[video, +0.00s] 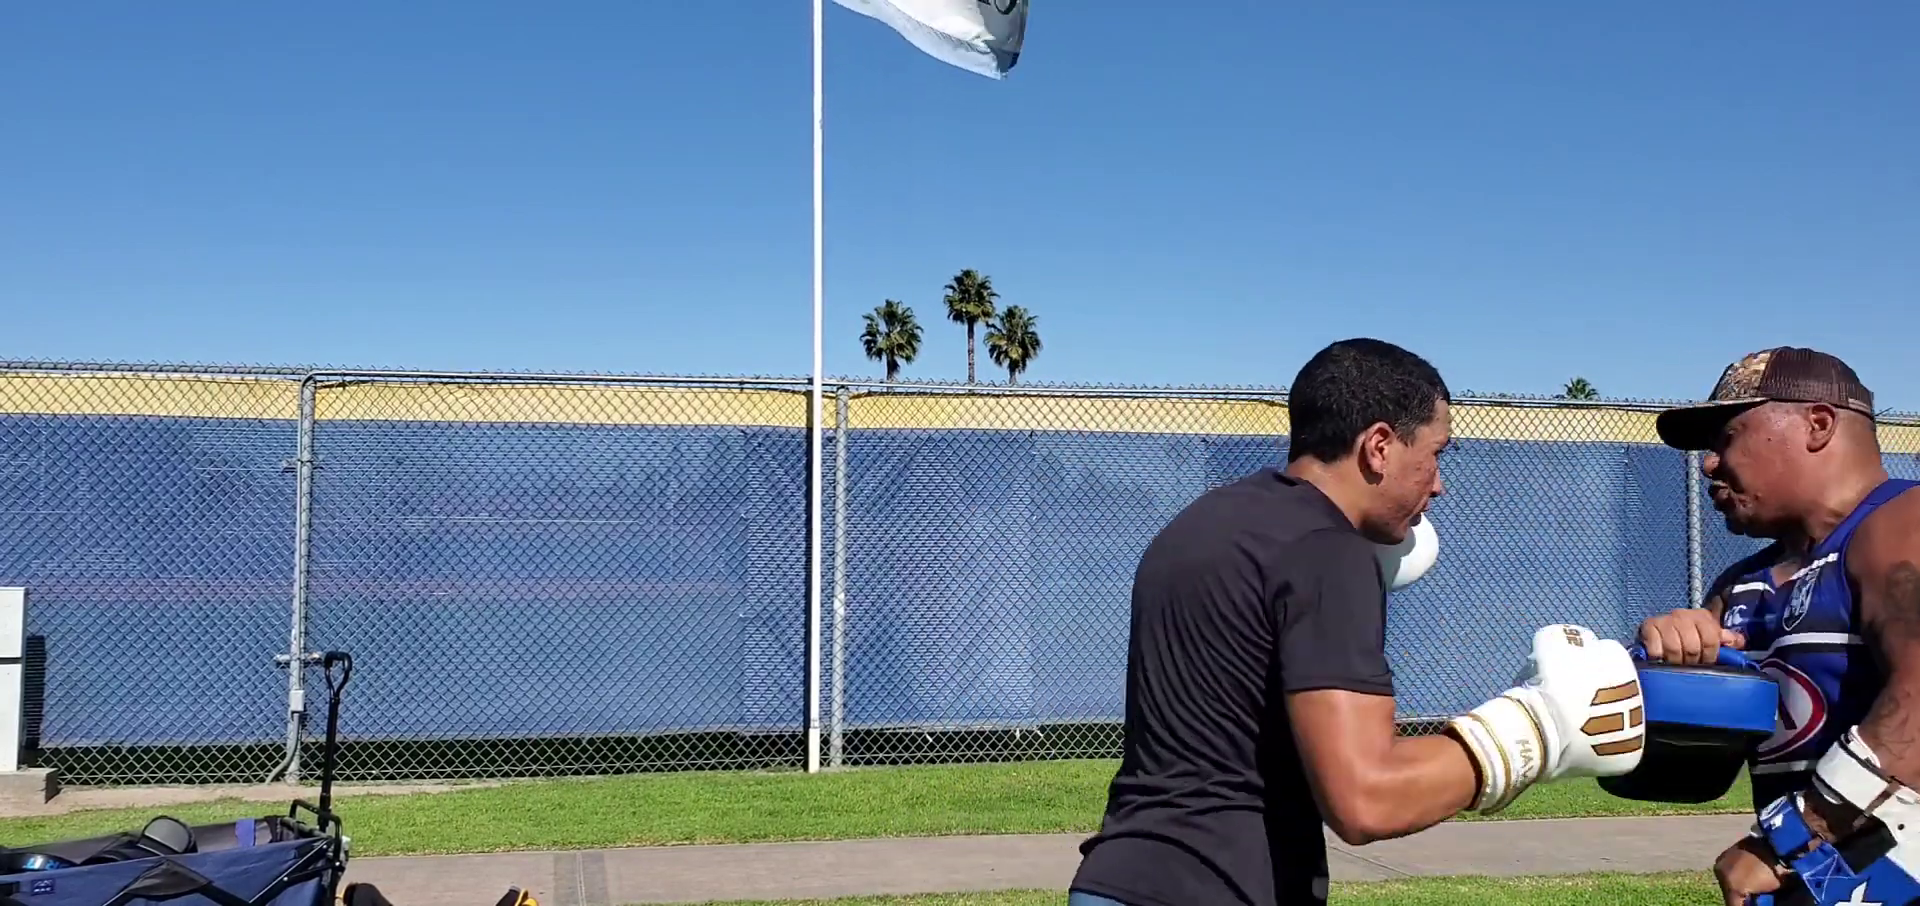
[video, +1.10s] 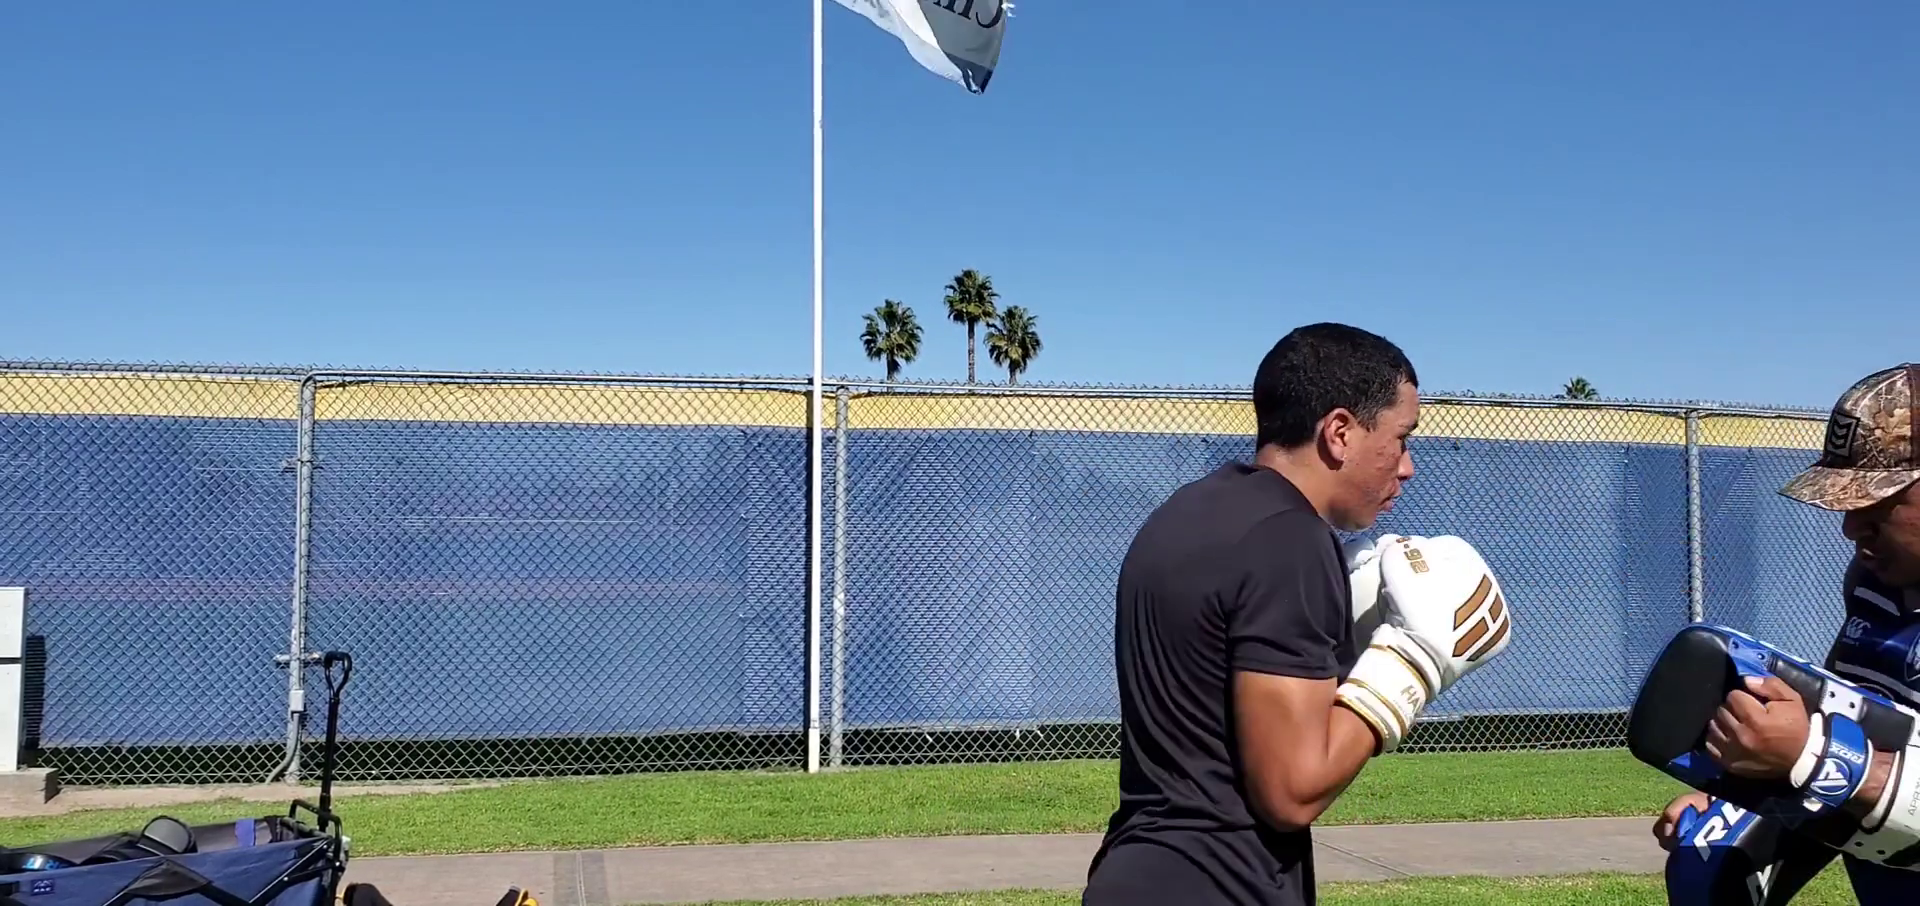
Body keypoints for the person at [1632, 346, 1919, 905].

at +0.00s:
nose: (1708, 464)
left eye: (1727, 437)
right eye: (1710, 446)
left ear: (1817, 425)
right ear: (1816, 426)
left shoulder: (1896, 527)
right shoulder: (1743, 583)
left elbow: (1915, 692)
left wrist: (1786, 839)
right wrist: (1665, 650)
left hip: (1885, 874)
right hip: (1801, 877)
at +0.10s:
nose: (1745, 459)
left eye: (1770, 433)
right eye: (1744, 438)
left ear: (1869, 437)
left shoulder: (1907, 555)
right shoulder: (1766, 592)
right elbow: (1697, 702)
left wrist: (1829, 811)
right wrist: (1644, 686)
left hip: (1894, 882)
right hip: (1788, 880)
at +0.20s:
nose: (1775, 481)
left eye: (1801, 451)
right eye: (1769, 453)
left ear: (1900, 452)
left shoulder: (1914, 573)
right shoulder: (1789, 590)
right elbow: (1739, 735)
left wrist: (1870, 823)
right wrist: (1677, 629)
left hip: (1902, 881)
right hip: (1803, 873)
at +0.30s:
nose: (1800, 472)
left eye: (1828, 441)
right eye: (1792, 445)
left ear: (1913, 438)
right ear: (1782, 447)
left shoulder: (1914, 572)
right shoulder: (1810, 568)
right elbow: (1728, 689)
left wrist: (1860, 845)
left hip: (1906, 883)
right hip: (1834, 881)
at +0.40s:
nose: (1818, 456)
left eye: (1848, 428)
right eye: (1813, 432)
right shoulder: (1832, 557)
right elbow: (1727, 649)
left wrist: (1834, 812)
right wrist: (1698, 497)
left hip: (1906, 853)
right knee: (1741, 889)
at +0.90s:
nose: (1844, 498)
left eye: (1871, 477)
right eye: (1840, 474)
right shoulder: (1842, 556)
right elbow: (1700, 613)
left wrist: (1862, 810)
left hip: (1912, 867)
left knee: (1778, 879)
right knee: (1757, 876)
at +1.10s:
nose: (1852, 528)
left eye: (1877, 503)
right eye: (1850, 503)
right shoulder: (1872, 582)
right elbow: (1843, 733)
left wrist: (1819, 760)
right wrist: (1737, 797)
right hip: (1880, 879)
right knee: (1706, 856)